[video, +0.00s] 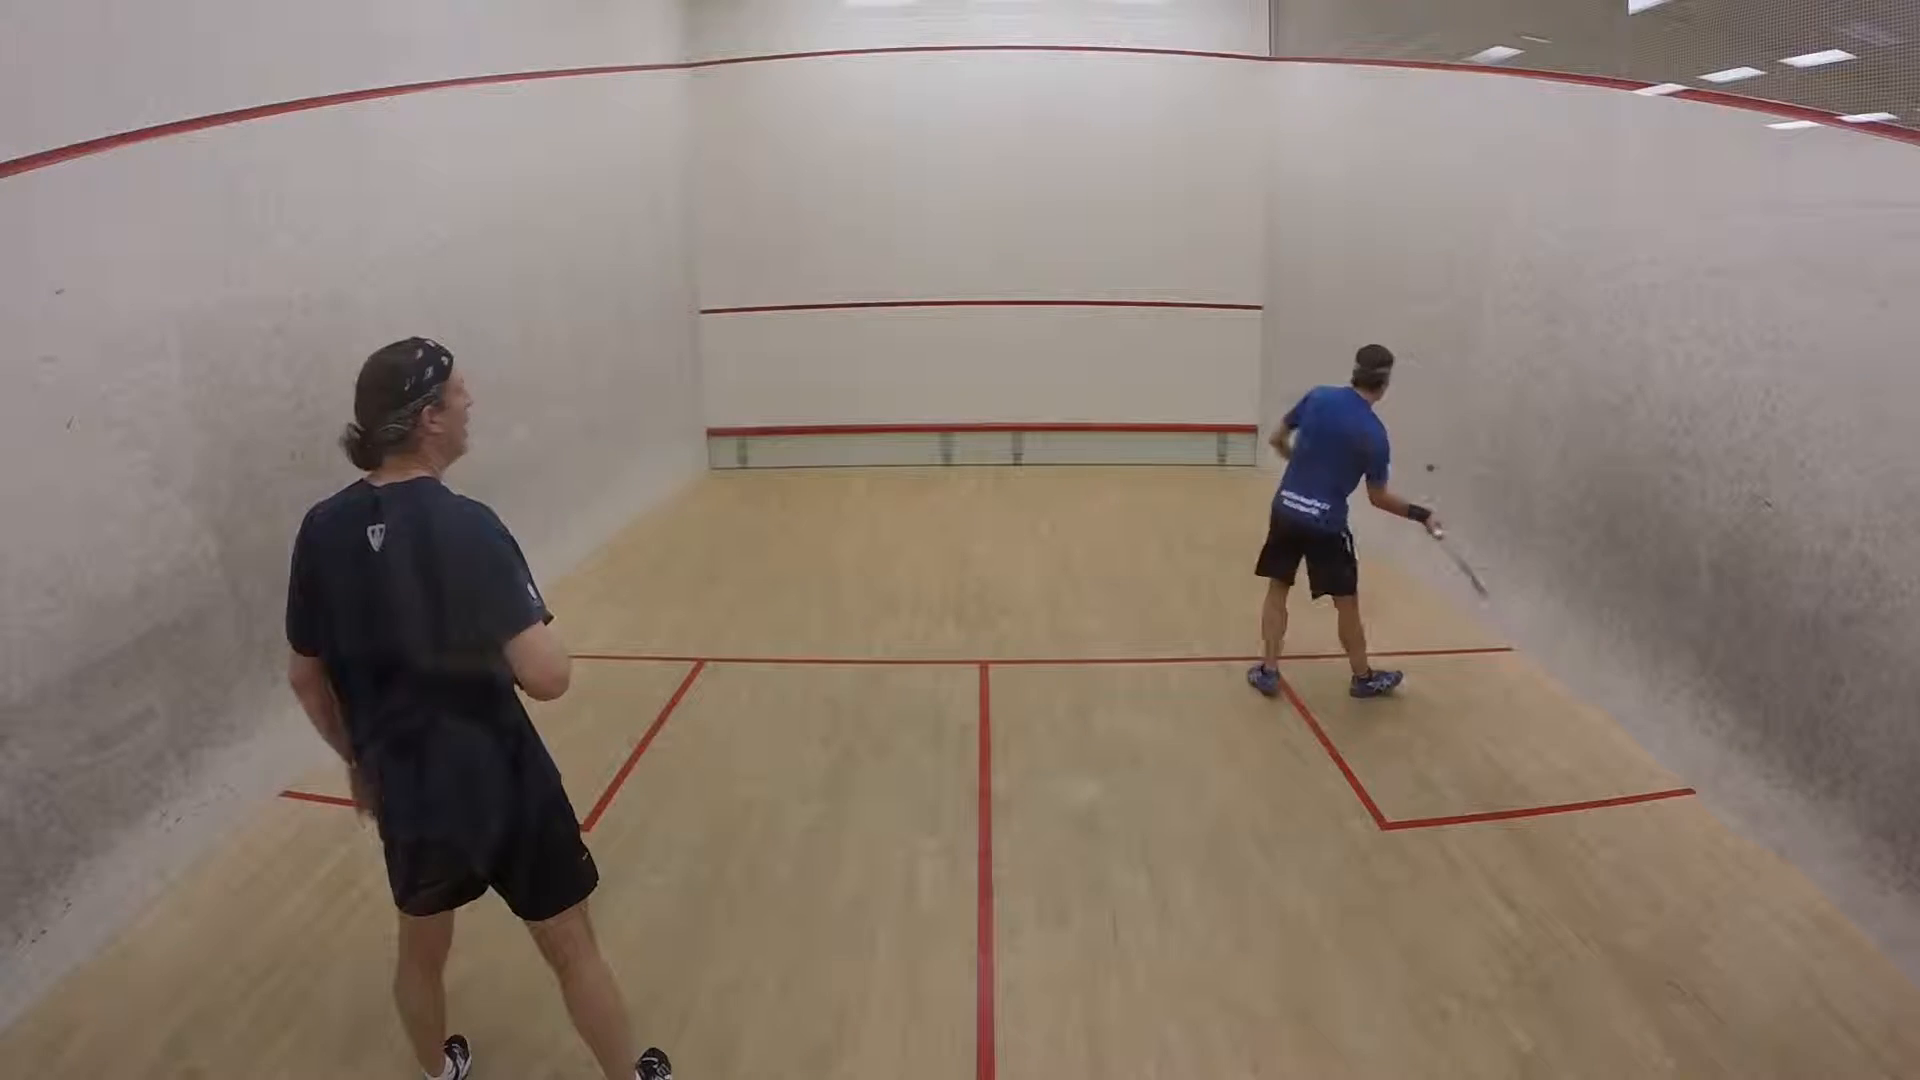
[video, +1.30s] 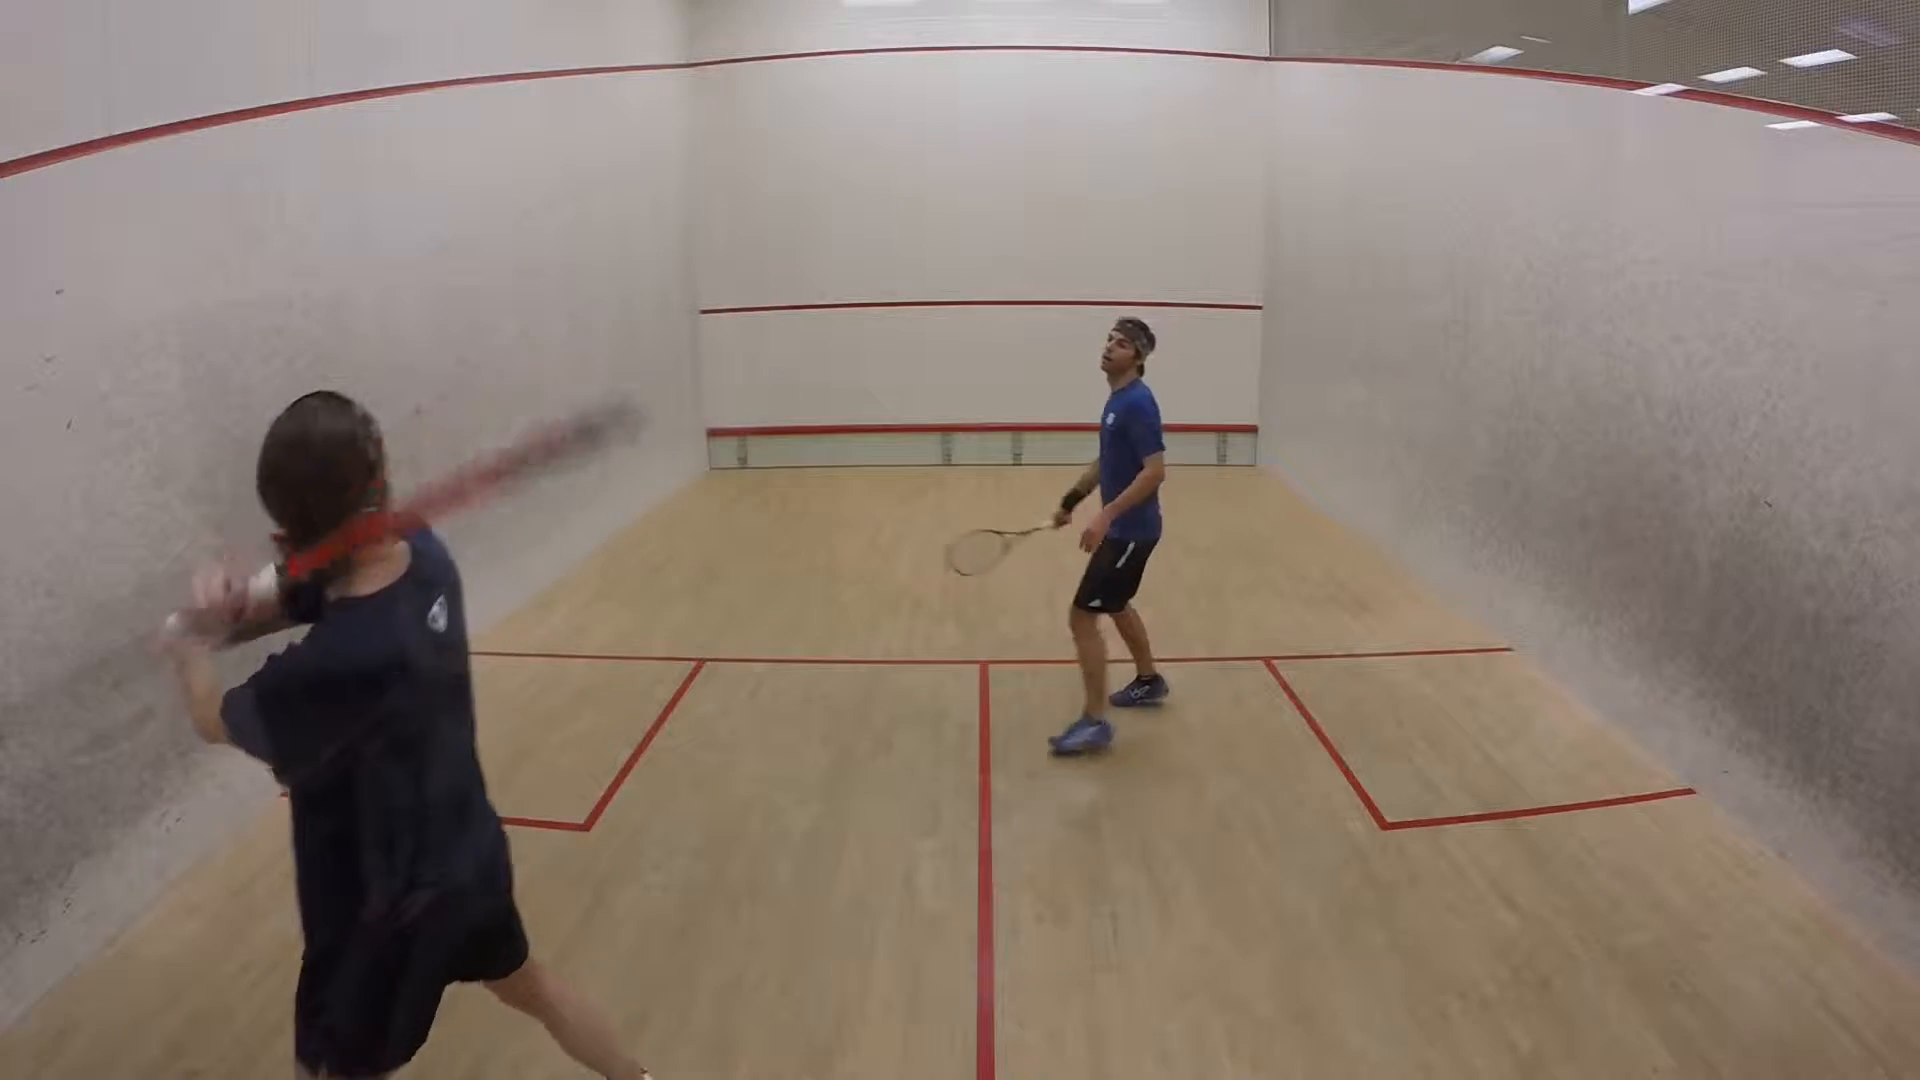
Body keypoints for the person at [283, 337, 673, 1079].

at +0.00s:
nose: (470, 411)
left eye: (465, 396)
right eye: (461, 399)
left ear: (382, 421)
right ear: (426, 420)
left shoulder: (324, 528)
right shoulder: (469, 525)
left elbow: (307, 675)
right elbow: (547, 676)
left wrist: (357, 756)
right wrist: (519, 627)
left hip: (402, 783)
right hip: (502, 775)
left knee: (420, 952)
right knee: (572, 949)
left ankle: (438, 1069)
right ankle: (631, 1071)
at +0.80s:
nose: (442, 431)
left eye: (435, 418)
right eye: (437, 422)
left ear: (349, 459)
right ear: (427, 444)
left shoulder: (317, 570)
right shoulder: (496, 530)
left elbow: (292, 736)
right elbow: (579, 638)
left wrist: (292, 845)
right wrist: (492, 652)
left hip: (408, 822)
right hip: (516, 801)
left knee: (415, 954)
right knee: (577, 940)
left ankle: (436, 1066)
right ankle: (640, 1069)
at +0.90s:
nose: (446, 429)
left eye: (438, 417)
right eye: (440, 421)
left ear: (356, 463)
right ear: (436, 444)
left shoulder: (333, 582)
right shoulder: (506, 529)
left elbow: (298, 748)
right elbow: (549, 639)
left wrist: (281, 863)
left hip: (417, 838)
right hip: (529, 807)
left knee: (410, 978)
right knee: (583, 945)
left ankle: (427, 1072)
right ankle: (641, 1069)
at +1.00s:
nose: (453, 440)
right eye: (448, 430)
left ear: (356, 477)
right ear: (444, 452)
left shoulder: (346, 602)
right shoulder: (505, 531)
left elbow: (280, 756)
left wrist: (238, 847)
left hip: (424, 858)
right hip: (531, 825)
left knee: (394, 1003)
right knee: (580, 953)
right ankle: (641, 1070)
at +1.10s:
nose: (445, 434)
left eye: (436, 421)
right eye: (439, 427)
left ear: (347, 487)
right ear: (437, 453)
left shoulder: (353, 621)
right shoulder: (487, 528)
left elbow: (260, 730)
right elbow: (411, 591)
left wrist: (199, 771)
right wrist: (315, 593)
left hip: (421, 863)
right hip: (520, 830)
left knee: (364, 1017)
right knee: (564, 953)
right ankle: (637, 1069)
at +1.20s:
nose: (427, 448)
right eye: (419, 439)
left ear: (325, 498)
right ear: (416, 465)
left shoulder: (355, 637)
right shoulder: (456, 530)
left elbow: (251, 707)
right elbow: (352, 578)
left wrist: (188, 699)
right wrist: (266, 583)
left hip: (405, 879)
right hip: (499, 836)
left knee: (343, 1057)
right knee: (553, 966)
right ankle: (634, 1069)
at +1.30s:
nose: (386, 463)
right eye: (382, 458)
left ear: (280, 518)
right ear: (380, 483)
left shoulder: (333, 660)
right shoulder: (422, 557)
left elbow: (213, 717)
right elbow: (301, 595)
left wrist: (185, 648)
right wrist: (229, 611)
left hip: (377, 903)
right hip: (466, 856)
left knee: (339, 1061)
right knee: (533, 983)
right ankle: (634, 1072)